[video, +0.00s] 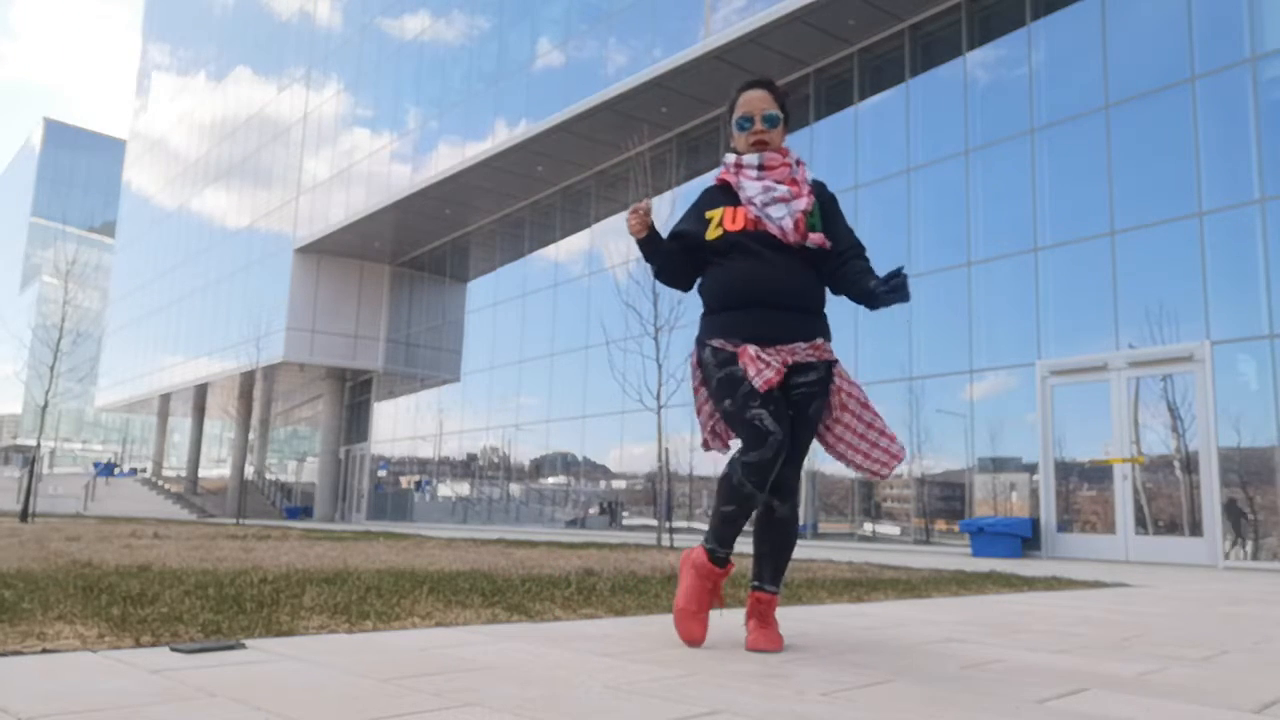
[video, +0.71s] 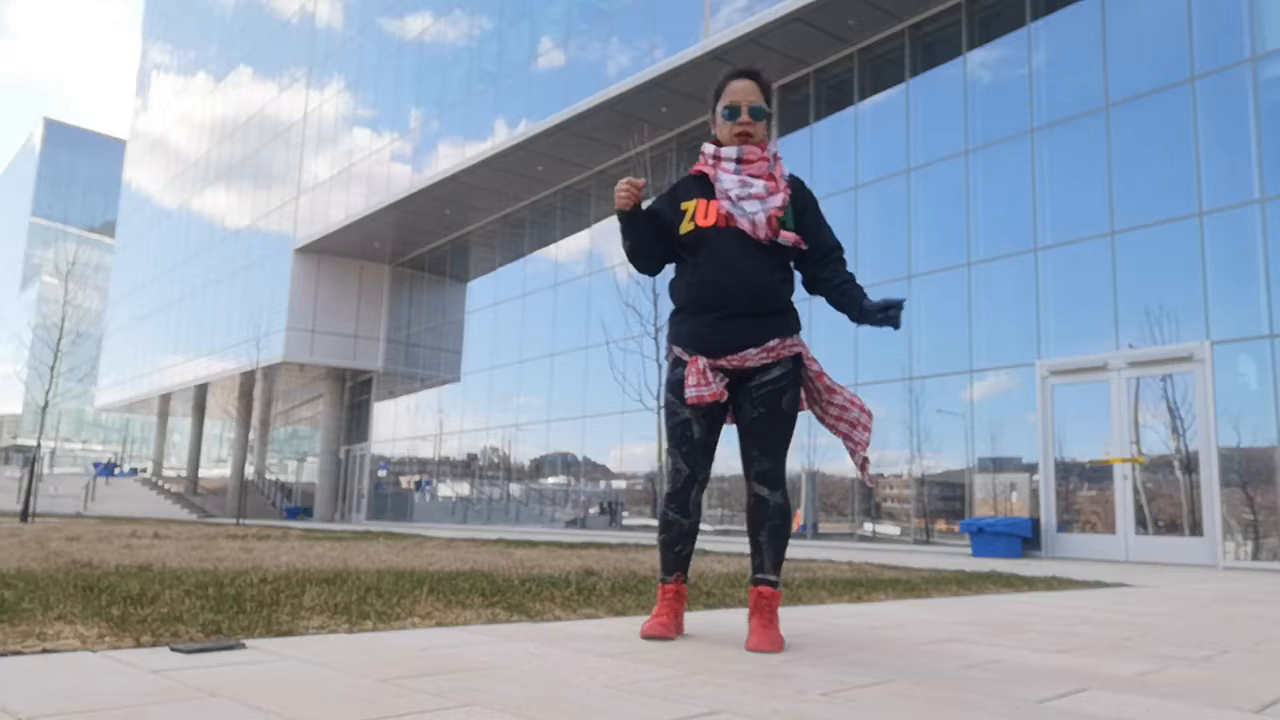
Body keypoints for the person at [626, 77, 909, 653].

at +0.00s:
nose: (759, 130)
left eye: (770, 120)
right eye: (746, 122)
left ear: (786, 129)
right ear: (731, 133)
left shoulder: (813, 195)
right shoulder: (715, 198)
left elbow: (844, 262)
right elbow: (680, 273)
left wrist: (871, 289)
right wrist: (649, 237)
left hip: (802, 348)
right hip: (730, 346)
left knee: (785, 480)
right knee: (764, 443)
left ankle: (764, 607)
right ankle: (708, 565)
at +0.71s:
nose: (744, 122)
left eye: (756, 113)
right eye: (731, 112)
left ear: (770, 123)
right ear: (712, 121)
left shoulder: (790, 193)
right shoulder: (684, 193)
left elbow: (824, 263)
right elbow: (651, 260)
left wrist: (860, 306)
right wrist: (630, 215)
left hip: (770, 353)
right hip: (696, 356)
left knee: (767, 479)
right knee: (685, 477)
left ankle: (764, 608)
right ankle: (669, 597)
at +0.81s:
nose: (738, 128)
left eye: (749, 119)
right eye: (726, 118)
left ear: (761, 129)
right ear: (704, 126)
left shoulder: (778, 200)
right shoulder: (674, 197)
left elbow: (808, 263)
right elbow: (635, 259)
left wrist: (836, 294)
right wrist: (618, 210)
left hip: (756, 356)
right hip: (682, 358)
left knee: (758, 480)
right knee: (677, 480)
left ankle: (762, 606)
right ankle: (668, 598)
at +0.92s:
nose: (737, 137)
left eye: (746, 129)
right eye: (726, 126)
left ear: (753, 136)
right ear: (697, 131)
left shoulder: (766, 203)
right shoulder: (666, 200)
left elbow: (803, 270)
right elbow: (616, 254)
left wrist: (798, 279)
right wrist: (607, 197)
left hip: (739, 356)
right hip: (668, 358)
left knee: (746, 477)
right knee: (670, 479)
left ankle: (758, 605)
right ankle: (667, 598)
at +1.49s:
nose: (745, 168)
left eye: (748, 158)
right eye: (737, 156)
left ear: (735, 154)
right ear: (701, 150)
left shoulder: (736, 218)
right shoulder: (647, 200)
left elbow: (724, 274)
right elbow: (574, 216)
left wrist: (632, 265)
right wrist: (611, 161)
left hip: (717, 353)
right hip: (647, 356)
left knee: (772, 454)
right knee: (654, 476)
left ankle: (809, 576)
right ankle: (667, 598)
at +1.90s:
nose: (750, 173)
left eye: (753, 163)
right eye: (741, 162)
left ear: (746, 163)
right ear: (705, 160)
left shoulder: (745, 227)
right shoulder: (653, 214)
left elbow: (733, 285)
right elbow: (584, 233)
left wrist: (639, 276)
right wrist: (617, 177)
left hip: (725, 366)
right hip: (654, 368)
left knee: (784, 479)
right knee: (656, 484)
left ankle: (853, 593)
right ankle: (668, 601)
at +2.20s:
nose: (705, 163)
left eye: (716, 155)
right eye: (693, 152)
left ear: (725, 165)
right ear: (671, 161)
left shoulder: (729, 225)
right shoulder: (637, 218)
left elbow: (721, 284)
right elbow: (574, 231)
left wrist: (632, 279)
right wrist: (611, 176)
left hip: (707, 367)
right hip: (637, 370)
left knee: (747, 472)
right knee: (643, 485)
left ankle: (787, 579)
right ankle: (665, 600)